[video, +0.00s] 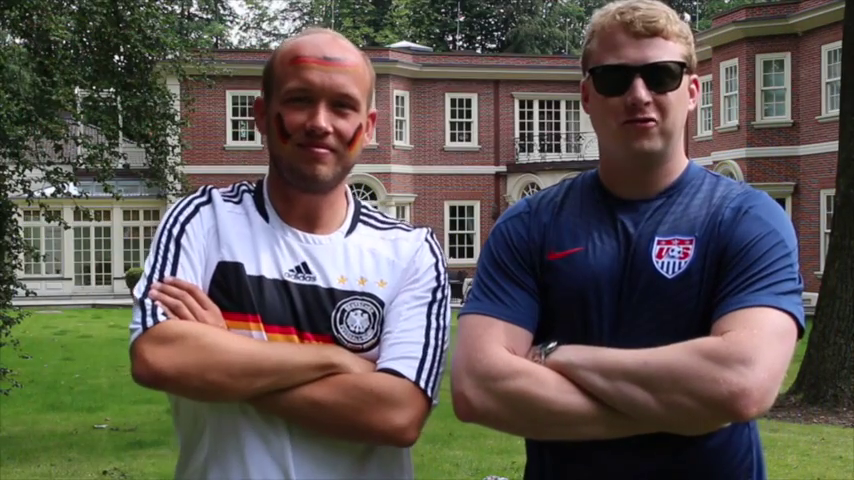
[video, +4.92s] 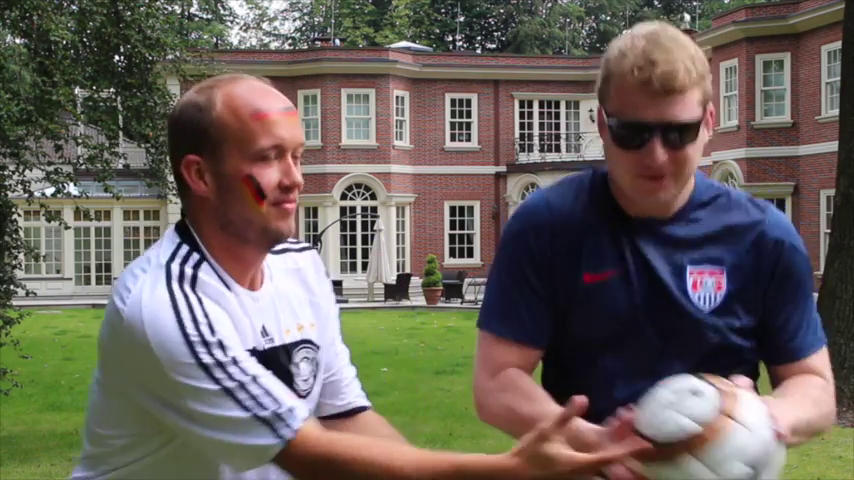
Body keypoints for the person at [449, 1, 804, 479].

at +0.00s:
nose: (638, 95)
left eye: (660, 76)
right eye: (614, 78)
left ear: (692, 92)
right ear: (587, 97)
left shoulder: (748, 219)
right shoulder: (526, 226)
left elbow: (743, 385)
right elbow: (477, 389)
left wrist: (556, 358)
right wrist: (666, 408)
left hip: (710, 473)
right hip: (563, 473)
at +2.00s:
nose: (641, 98)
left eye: (663, 79)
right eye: (617, 81)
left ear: (696, 92)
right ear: (590, 96)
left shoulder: (752, 220)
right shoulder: (531, 227)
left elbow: (748, 388)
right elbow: (483, 391)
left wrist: (560, 361)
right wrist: (676, 411)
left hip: (716, 473)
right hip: (567, 473)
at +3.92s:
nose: (708, 94)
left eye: (717, 78)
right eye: (680, 75)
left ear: (725, 90)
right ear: (614, 93)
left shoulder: (760, 219)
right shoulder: (539, 228)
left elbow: (762, 387)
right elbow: (492, 392)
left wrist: (569, 362)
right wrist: (685, 411)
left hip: (725, 473)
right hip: (576, 474)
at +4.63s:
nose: (711, 102)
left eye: (720, 84)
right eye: (684, 82)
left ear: (728, 92)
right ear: (618, 93)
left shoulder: (753, 211)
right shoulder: (542, 213)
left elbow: (789, 374)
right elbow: (497, 387)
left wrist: (592, 346)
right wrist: (653, 457)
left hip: (724, 472)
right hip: (578, 469)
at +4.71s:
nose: (700, 115)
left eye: (713, 95)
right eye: (674, 95)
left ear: (723, 97)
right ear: (611, 100)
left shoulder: (760, 214)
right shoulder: (542, 213)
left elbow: (847, 368)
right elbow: (498, 380)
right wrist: (590, 454)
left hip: (730, 469)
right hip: (593, 473)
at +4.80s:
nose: (679, 132)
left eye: (695, 108)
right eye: (653, 113)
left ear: (710, 105)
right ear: (601, 113)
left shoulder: (763, 214)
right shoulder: (542, 211)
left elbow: (823, 342)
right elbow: (492, 378)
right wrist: (600, 415)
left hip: (729, 470)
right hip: (592, 474)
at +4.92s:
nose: (655, 156)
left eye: (677, 133)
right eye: (632, 133)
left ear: (708, 122)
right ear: (601, 123)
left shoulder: (762, 236)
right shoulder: (544, 224)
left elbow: (811, 383)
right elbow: (495, 381)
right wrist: (582, 438)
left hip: (718, 466)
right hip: (591, 471)